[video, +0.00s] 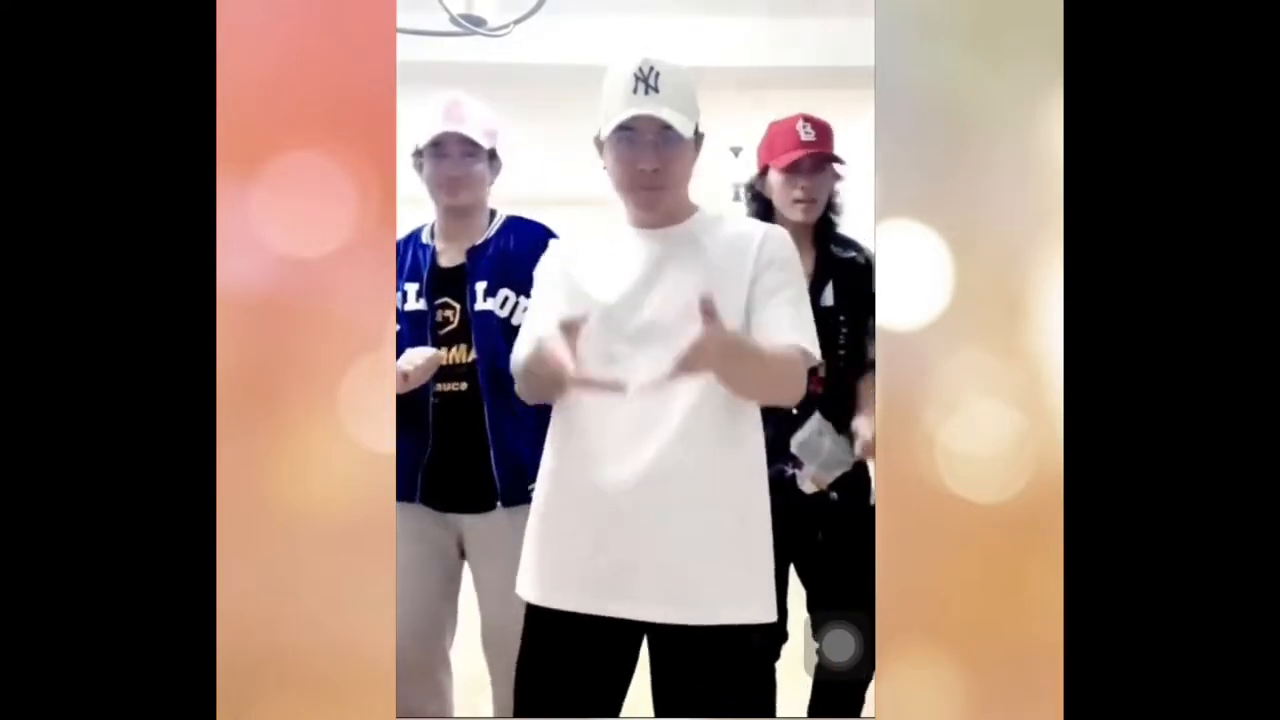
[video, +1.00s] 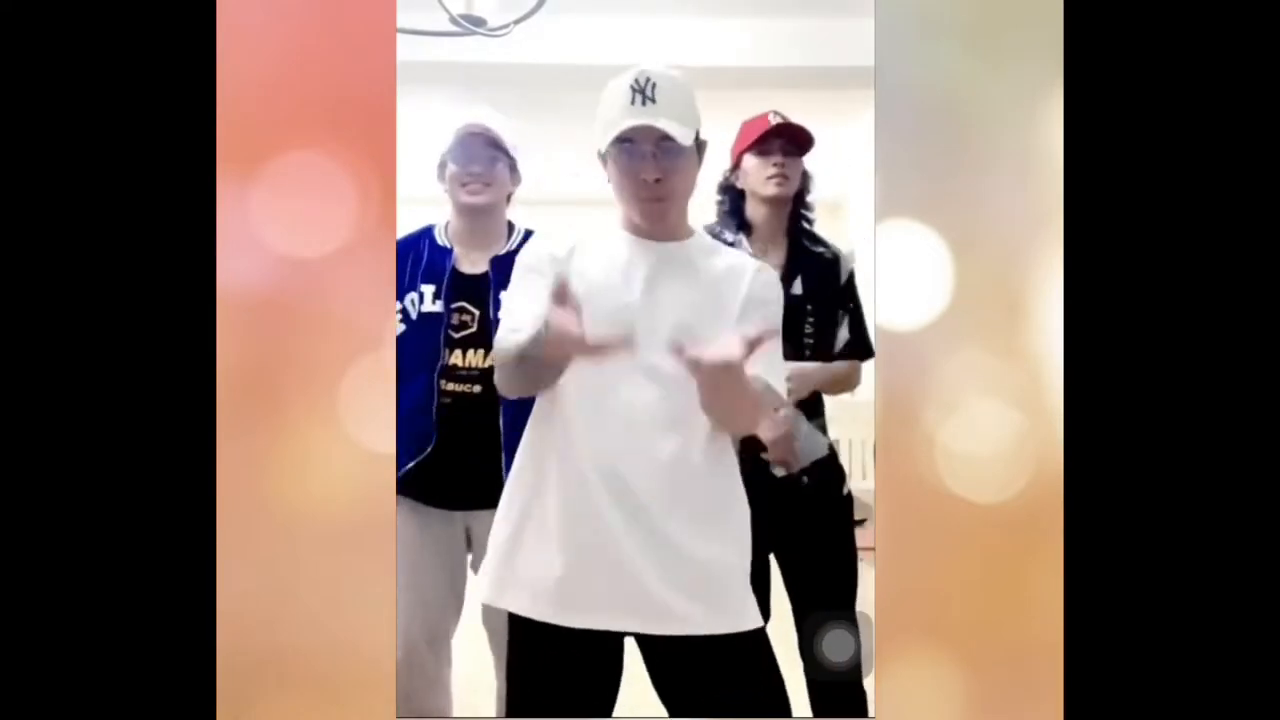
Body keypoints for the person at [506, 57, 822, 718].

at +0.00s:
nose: (647, 157)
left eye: (667, 137)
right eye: (628, 137)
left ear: (697, 150)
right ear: (602, 151)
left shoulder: (755, 248)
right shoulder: (572, 255)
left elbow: (791, 383)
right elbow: (527, 384)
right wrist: (551, 358)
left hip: (714, 568)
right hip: (583, 563)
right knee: (549, 717)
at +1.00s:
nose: (649, 168)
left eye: (667, 148)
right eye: (629, 148)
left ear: (699, 161)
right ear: (603, 162)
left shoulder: (746, 281)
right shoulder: (552, 261)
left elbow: (751, 419)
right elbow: (508, 378)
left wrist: (721, 384)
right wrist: (553, 348)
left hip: (694, 572)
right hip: (561, 564)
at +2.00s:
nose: (662, 148)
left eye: (682, 128)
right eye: (644, 125)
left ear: (704, 142)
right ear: (609, 135)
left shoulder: (745, 249)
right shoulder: (565, 239)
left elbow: (791, 345)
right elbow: (513, 330)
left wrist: (802, 214)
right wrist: (550, 216)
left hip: (730, 574)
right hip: (598, 573)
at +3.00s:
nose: (659, 174)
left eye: (679, 152)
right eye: (639, 152)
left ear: (712, 156)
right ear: (609, 159)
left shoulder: (775, 260)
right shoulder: (576, 278)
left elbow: (858, 366)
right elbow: (510, 387)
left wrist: (767, 436)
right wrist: (535, 432)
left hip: (726, 616)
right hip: (585, 611)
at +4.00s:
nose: (620, 129)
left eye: (643, 109)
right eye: (600, 108)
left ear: (682, 125)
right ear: (575, 124)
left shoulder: (748, 264)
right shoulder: (526, 256)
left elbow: (771, 440)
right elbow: (486, 417)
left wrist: (774, 584)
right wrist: (503, 541)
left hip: (705, 639)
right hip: (555, 632)